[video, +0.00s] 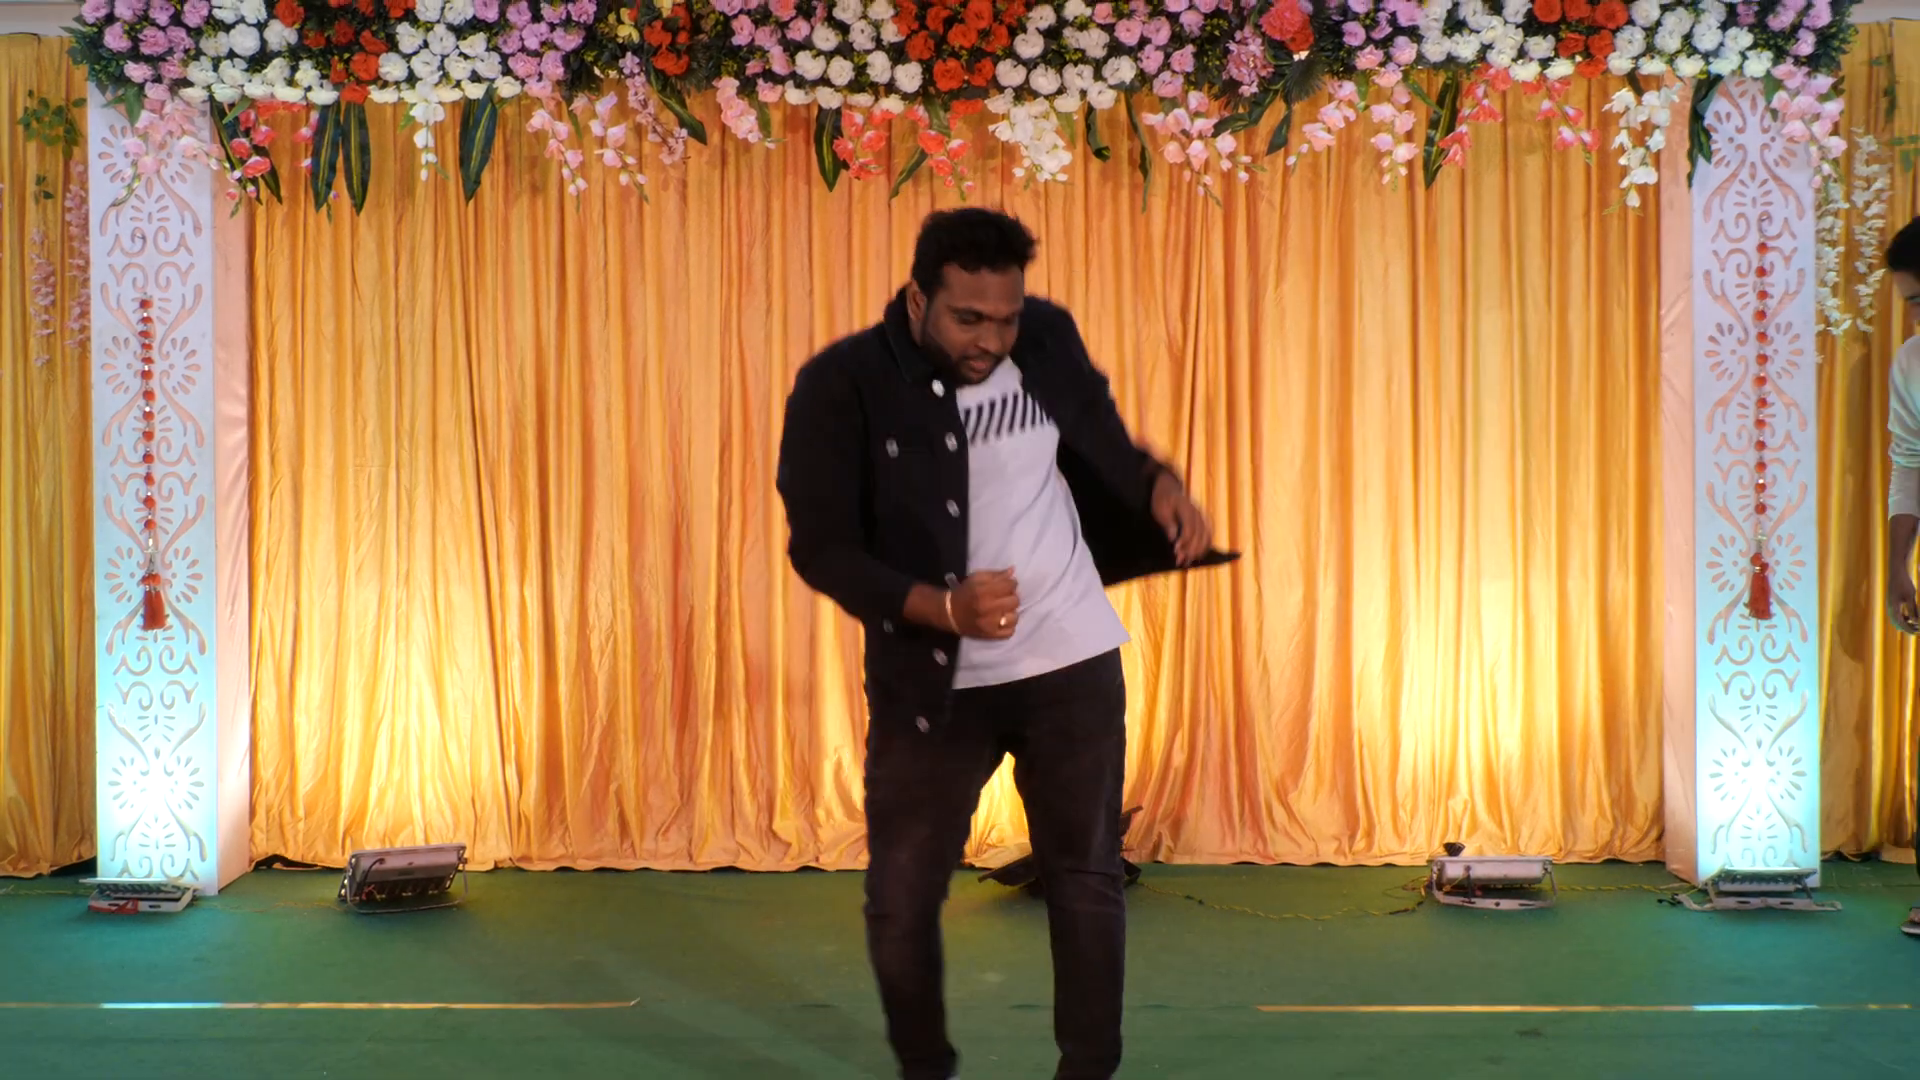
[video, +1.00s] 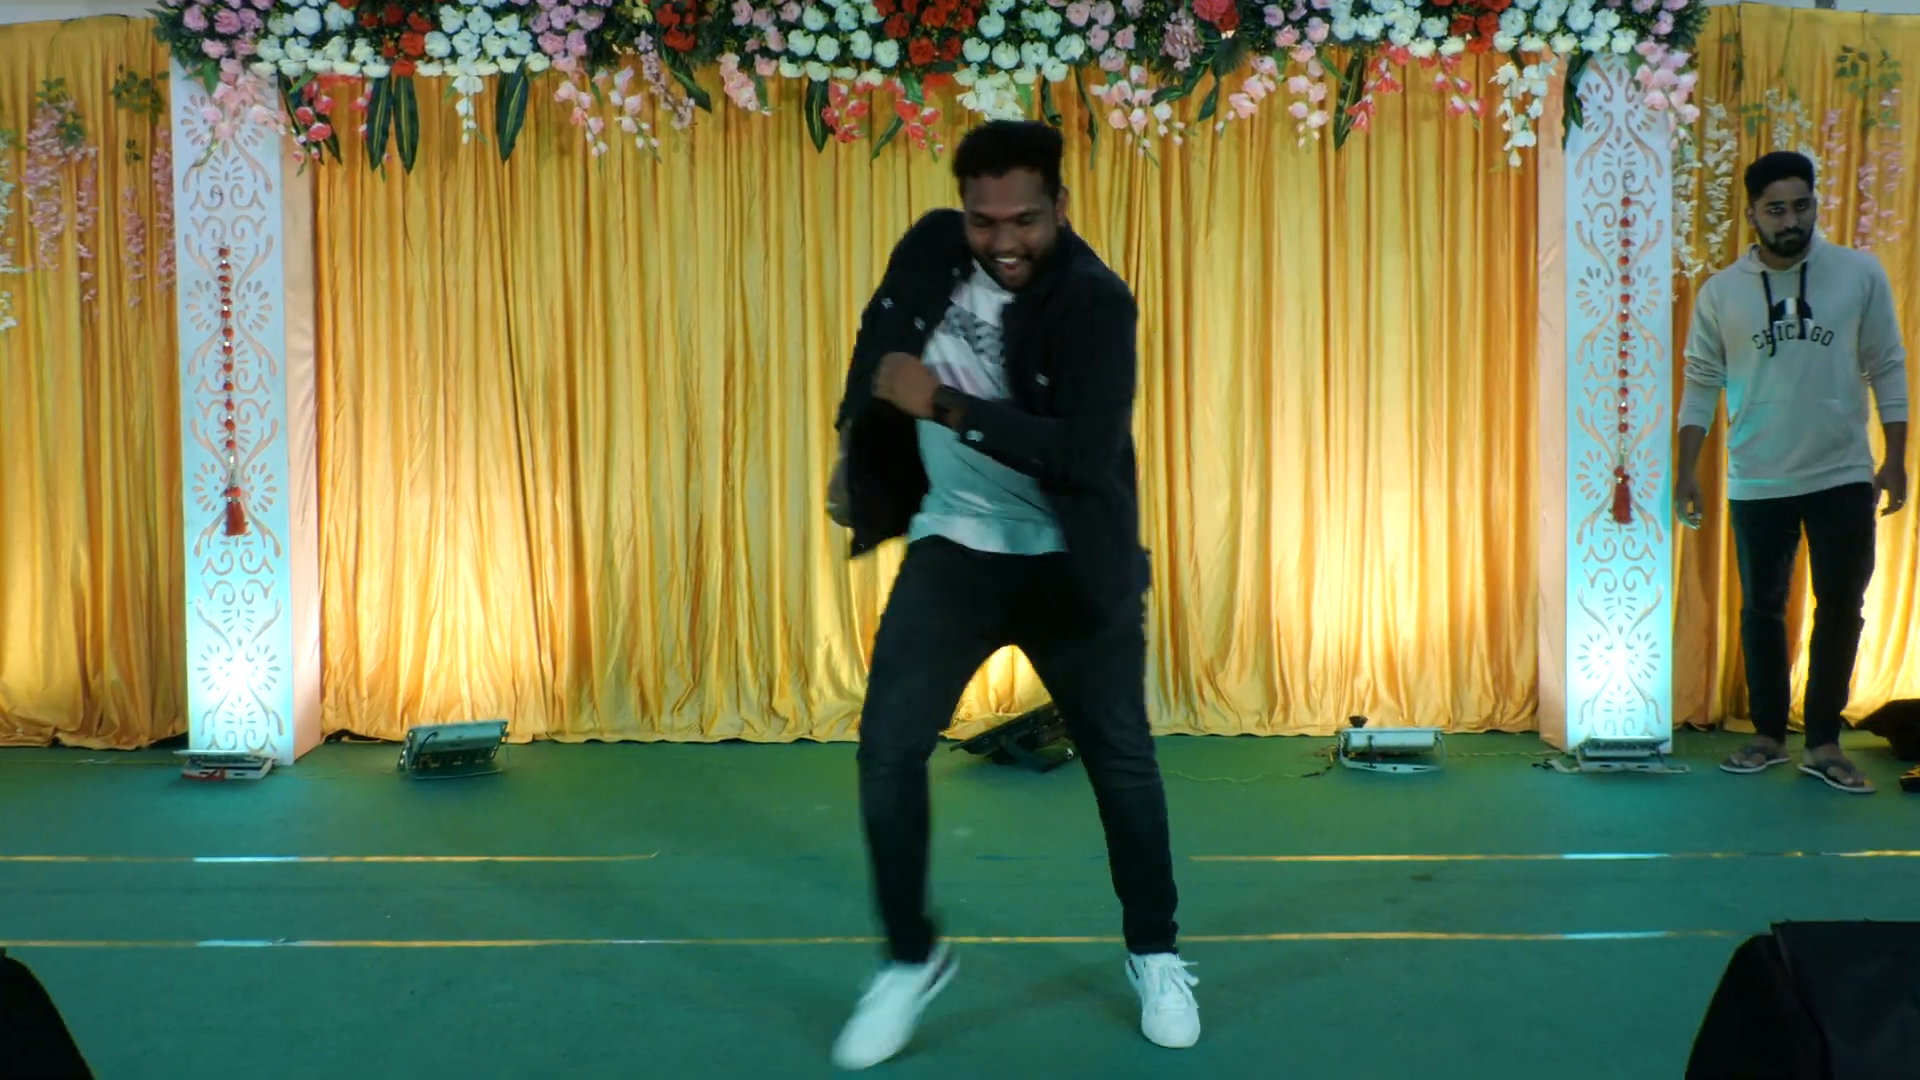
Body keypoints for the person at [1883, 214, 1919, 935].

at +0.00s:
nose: (1910, 311)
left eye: (1914, 295)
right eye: (1905, 295)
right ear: (1899, 292)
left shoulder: (1908, 363)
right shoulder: (1906, 362)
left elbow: (1906, 467)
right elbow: (1906, 467)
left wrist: (1899, 568)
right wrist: (1899, 568)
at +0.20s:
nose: (1845, 334)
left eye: (1848, 320)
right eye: (1837, 323)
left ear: (1890, 298)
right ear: (1878, 303)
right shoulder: (1865, 371)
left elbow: (1875, 458)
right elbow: (1874, 461)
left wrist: (1893, 511)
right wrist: (1886, 524)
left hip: (1911, 565)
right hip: (1905, 564)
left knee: (1908, 713)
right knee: (1908, 711)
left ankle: (1904, 869)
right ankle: (1901, 871)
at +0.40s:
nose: (1812, 332)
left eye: (1815, 317)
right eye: (1804, 322)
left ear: (1851, 294)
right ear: (1838, 305)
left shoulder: (1915, 331)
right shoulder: (1828, 368)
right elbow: (1834, 461)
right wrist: (1844, 537)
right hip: (1871, 556)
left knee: (1917, 705)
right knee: (1864, 692)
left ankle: (1899, 850)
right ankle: (1844, 841)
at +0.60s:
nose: (1811, 263)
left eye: (1821, 245)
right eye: (1798, 251)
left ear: (1855, 225)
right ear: (1789, 247)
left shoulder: (1911, 282)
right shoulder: (1794, 313)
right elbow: (1788, 413)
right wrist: (1775, 507)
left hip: (1906, 506)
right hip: (1824, 508)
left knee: (1891, 650)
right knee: (1819, 642)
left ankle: (1867, 785)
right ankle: (1821, 770)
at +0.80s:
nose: (1811, 218)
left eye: (1822, 204)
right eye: (1796, 208)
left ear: (1843, 199)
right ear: (1777, 212)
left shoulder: (1897, 269)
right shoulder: (1752, 290)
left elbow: (1917, 370)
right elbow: (1736, 384)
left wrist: (1919, 454)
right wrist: (1720, 474)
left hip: (1874, 480)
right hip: (1788, 482)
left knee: (1856, 621)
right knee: (1792, 616)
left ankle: (1839, 756)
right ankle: (1794, 745)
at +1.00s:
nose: (1790, 217)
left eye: (1800, 205)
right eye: (1776, 207)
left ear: (1815, 206)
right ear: (1752, 213)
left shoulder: (1861, 276)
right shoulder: (1720, 293)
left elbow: (1888, 369)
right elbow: (1700, 383)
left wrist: (1897, 458)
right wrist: (1687, 469)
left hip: (1842, 472)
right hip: (1758, 478)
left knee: (1841, 608)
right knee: (1764, 606)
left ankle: (1824, 743)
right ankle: (1768, 736)